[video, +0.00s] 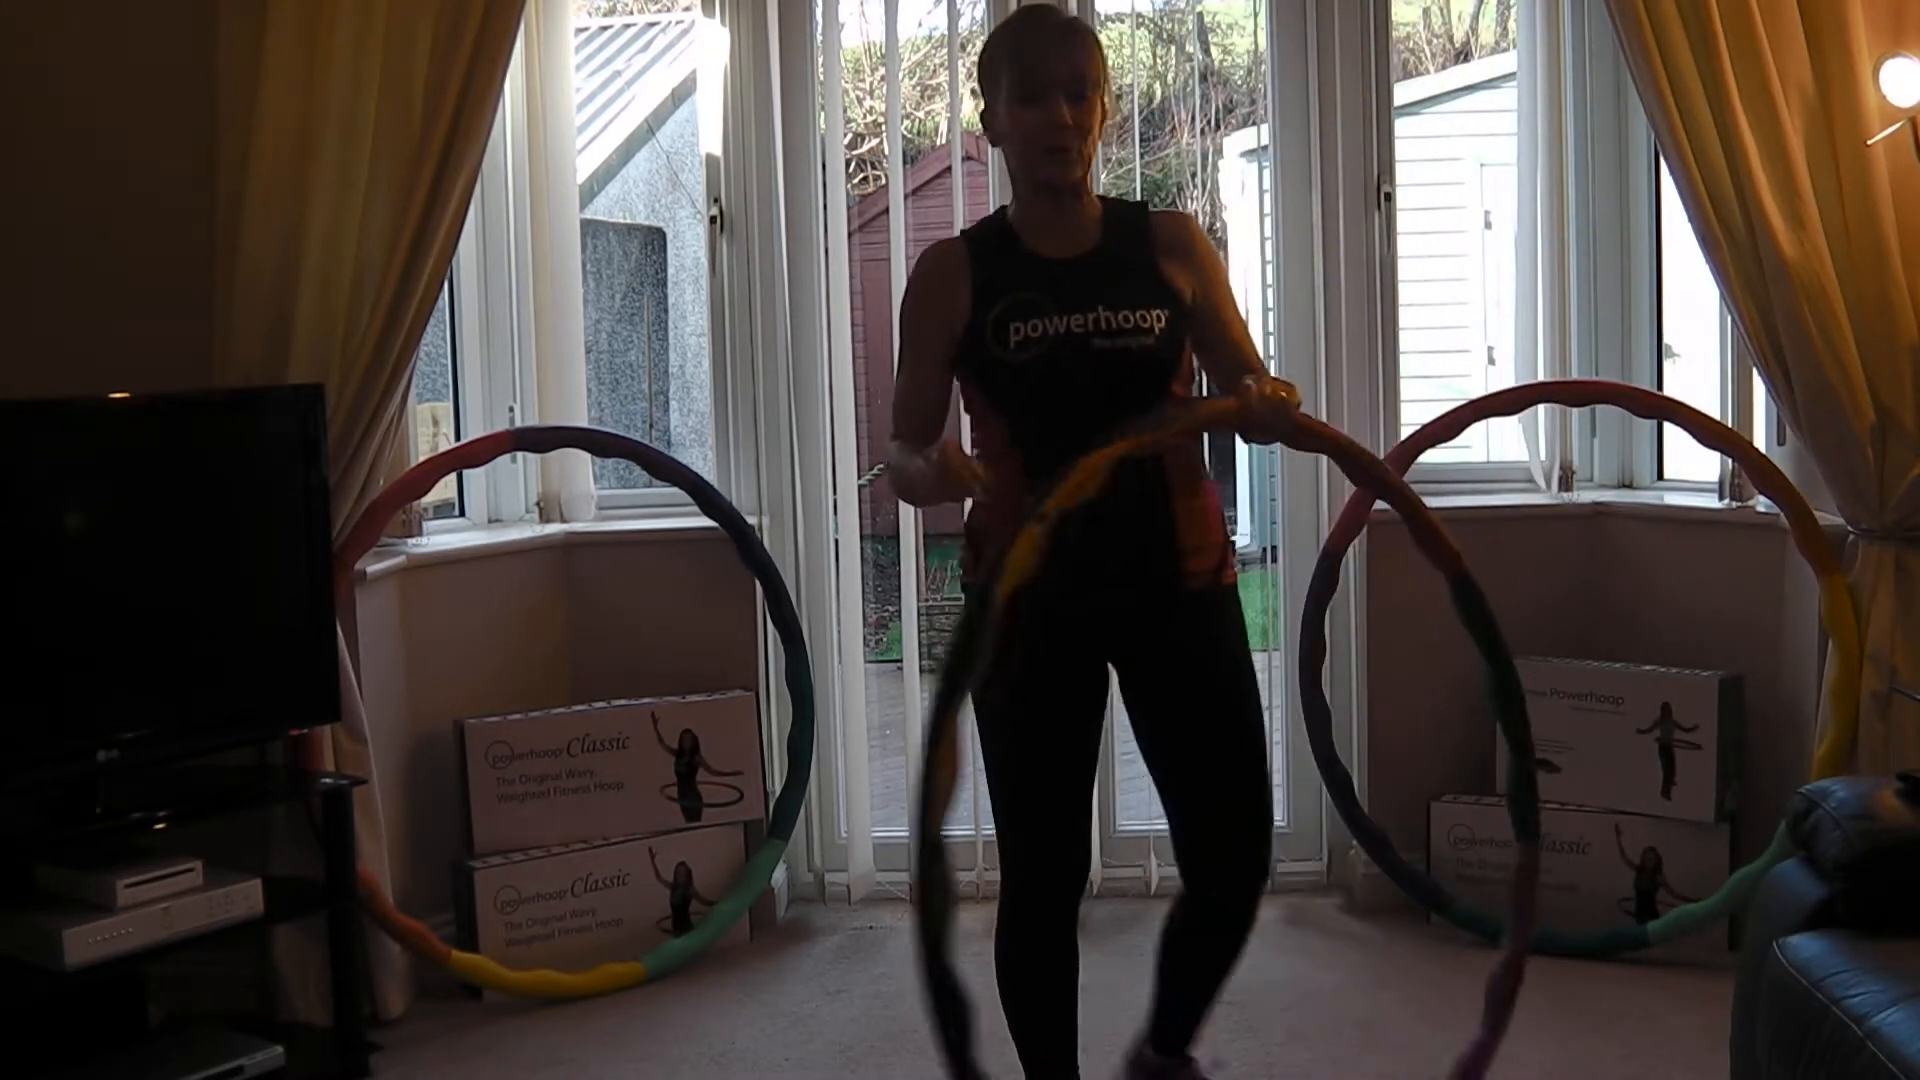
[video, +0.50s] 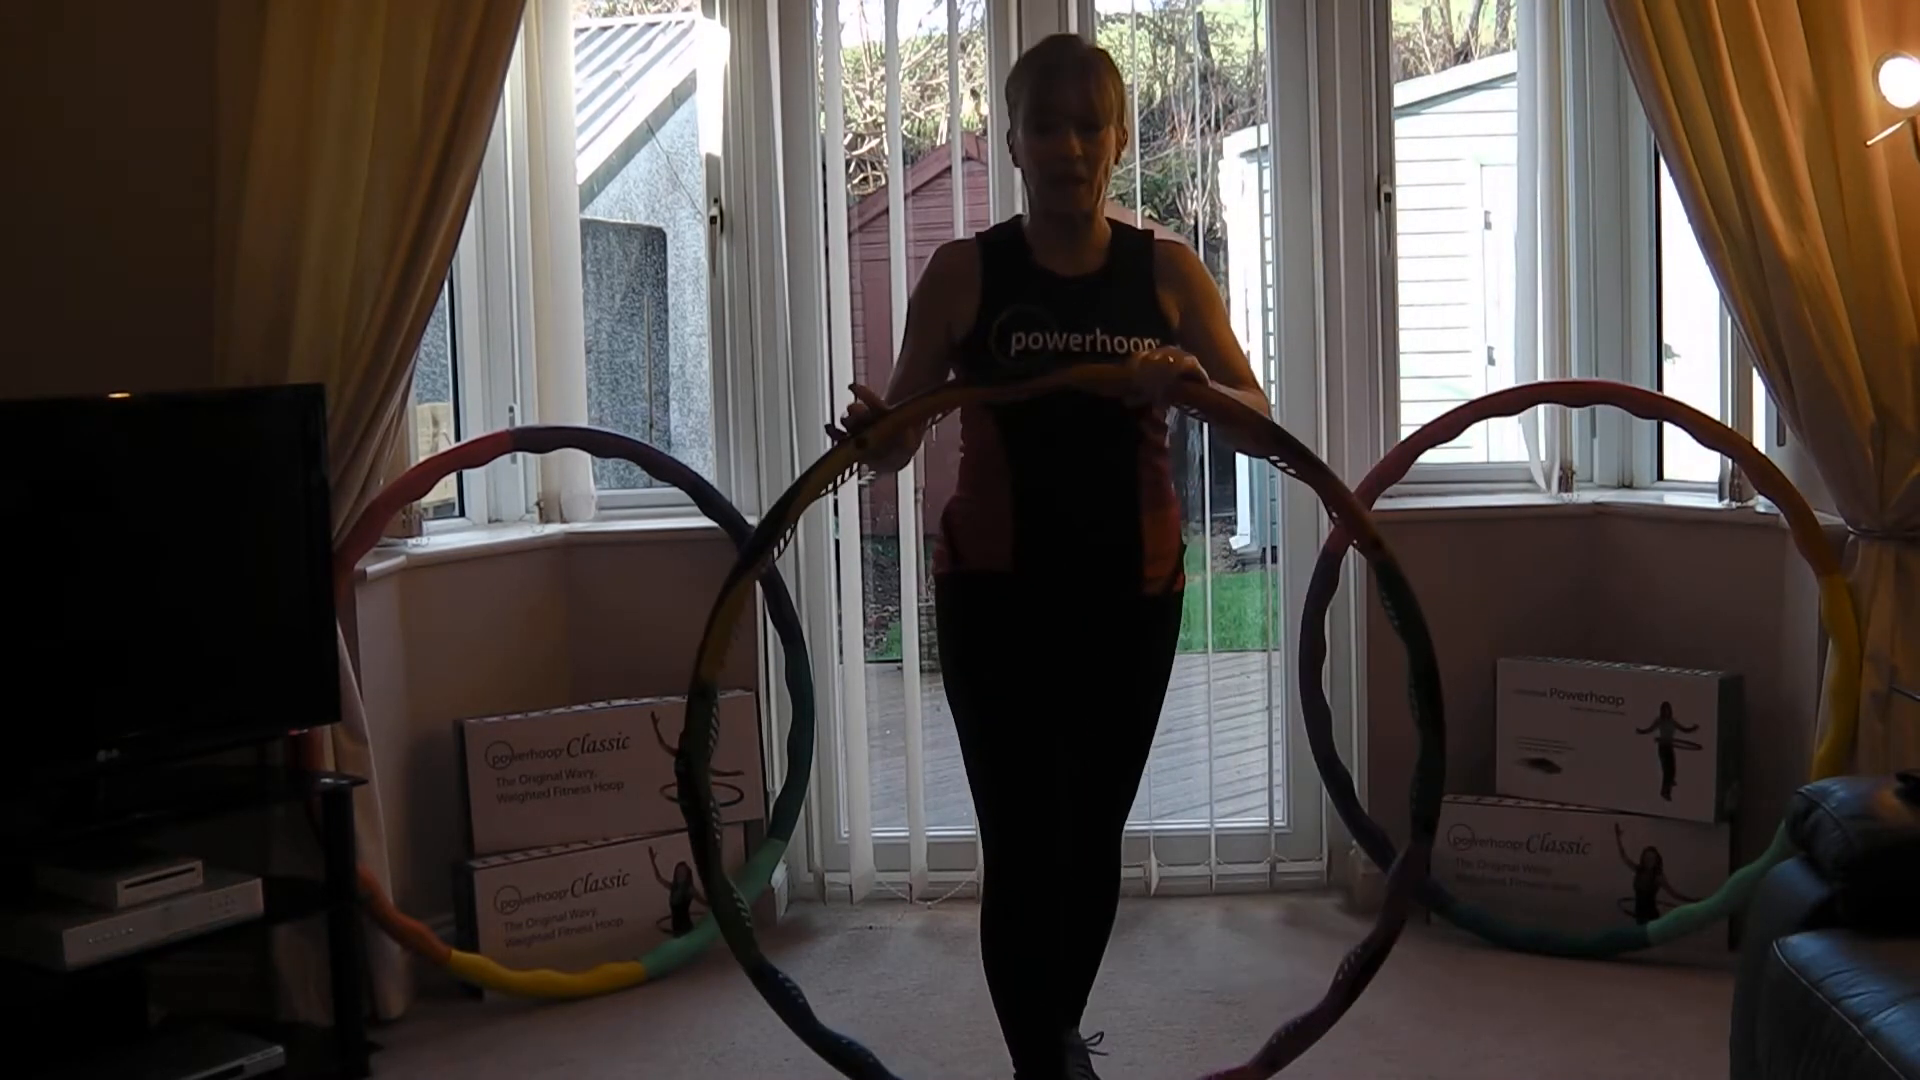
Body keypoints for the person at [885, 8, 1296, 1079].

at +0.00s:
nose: (1059, 117)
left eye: (1078, 94)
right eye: (1031, 97)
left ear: (1104, 110)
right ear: (989, 118)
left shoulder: (1172, 243)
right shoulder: (951, 275)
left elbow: (1260, 391)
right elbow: (905, 459)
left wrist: (1229, 408)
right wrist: (939, 471)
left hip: (1178, 582)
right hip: (1035, 595)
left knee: (1233, 848)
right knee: (1042, 874)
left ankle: (1164, 1052)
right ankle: (1050, 1076)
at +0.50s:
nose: (1068, 149)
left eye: (1089, 127)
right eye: (1047, 127)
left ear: (1119, 135)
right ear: (1013, 136)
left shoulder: (1168, 268)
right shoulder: (962, 271)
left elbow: (1256, 424)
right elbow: (898, 435)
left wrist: (1192, 382)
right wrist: (876, 426)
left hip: (1132, 589)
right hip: (996, 589)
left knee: (1091, 834)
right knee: (1021, 840)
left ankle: (1060, 1039)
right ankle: (1035, 1062)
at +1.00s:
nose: (1050, 180)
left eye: (1072, 159)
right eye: (1030, 155)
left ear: (1106, 153)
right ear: (999, 144)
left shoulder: (1155, 263)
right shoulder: (946, 265)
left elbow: (1247, 416)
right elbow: (874, 441)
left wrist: (1179, 383)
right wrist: (864, 413)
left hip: (1107, 586)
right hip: (970, 583)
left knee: (1080, 827)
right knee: (976, 833)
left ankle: (1058, 1040)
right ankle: (968, 1061)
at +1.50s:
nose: (986, 182)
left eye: (1007, 160)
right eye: (966, 159)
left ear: (1041, 145)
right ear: (933, 146)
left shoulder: (1101, 262)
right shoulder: (878, 271)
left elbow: (1190, 407)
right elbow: (839, 420)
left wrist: (1164, 462)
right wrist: (832, 477)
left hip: (1070, 587)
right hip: (928, 590)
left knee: (1068, 836)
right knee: (946, 853)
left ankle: (1063, 1034)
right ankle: (964, 1072)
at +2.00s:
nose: (969, 120)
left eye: (992, 100)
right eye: (948, 98)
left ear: (1024, 116)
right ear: (914, 110)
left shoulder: (1082, 250)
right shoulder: (858, 257)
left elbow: (1139, 401)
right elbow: (816, 405)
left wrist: (1122, 449)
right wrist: (835, 459)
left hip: (1054, 587)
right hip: (909, 592)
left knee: (1075, 828)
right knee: (933, 861)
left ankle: (1099, 1021)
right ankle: (961, 1075)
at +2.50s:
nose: (974, 111)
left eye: (998, 96)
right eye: (956, 91)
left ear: (1034, 124)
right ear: (929, 106)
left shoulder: (1086, 250)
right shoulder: (871, 260)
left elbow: (1154, 415)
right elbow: (821, 433)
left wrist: (1068, 446)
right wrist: (909, 450)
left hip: (1066, 588)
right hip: (921, 593)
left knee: (1079, 826)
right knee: (943, 858)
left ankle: (1094, 1024)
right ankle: (962, 1074)